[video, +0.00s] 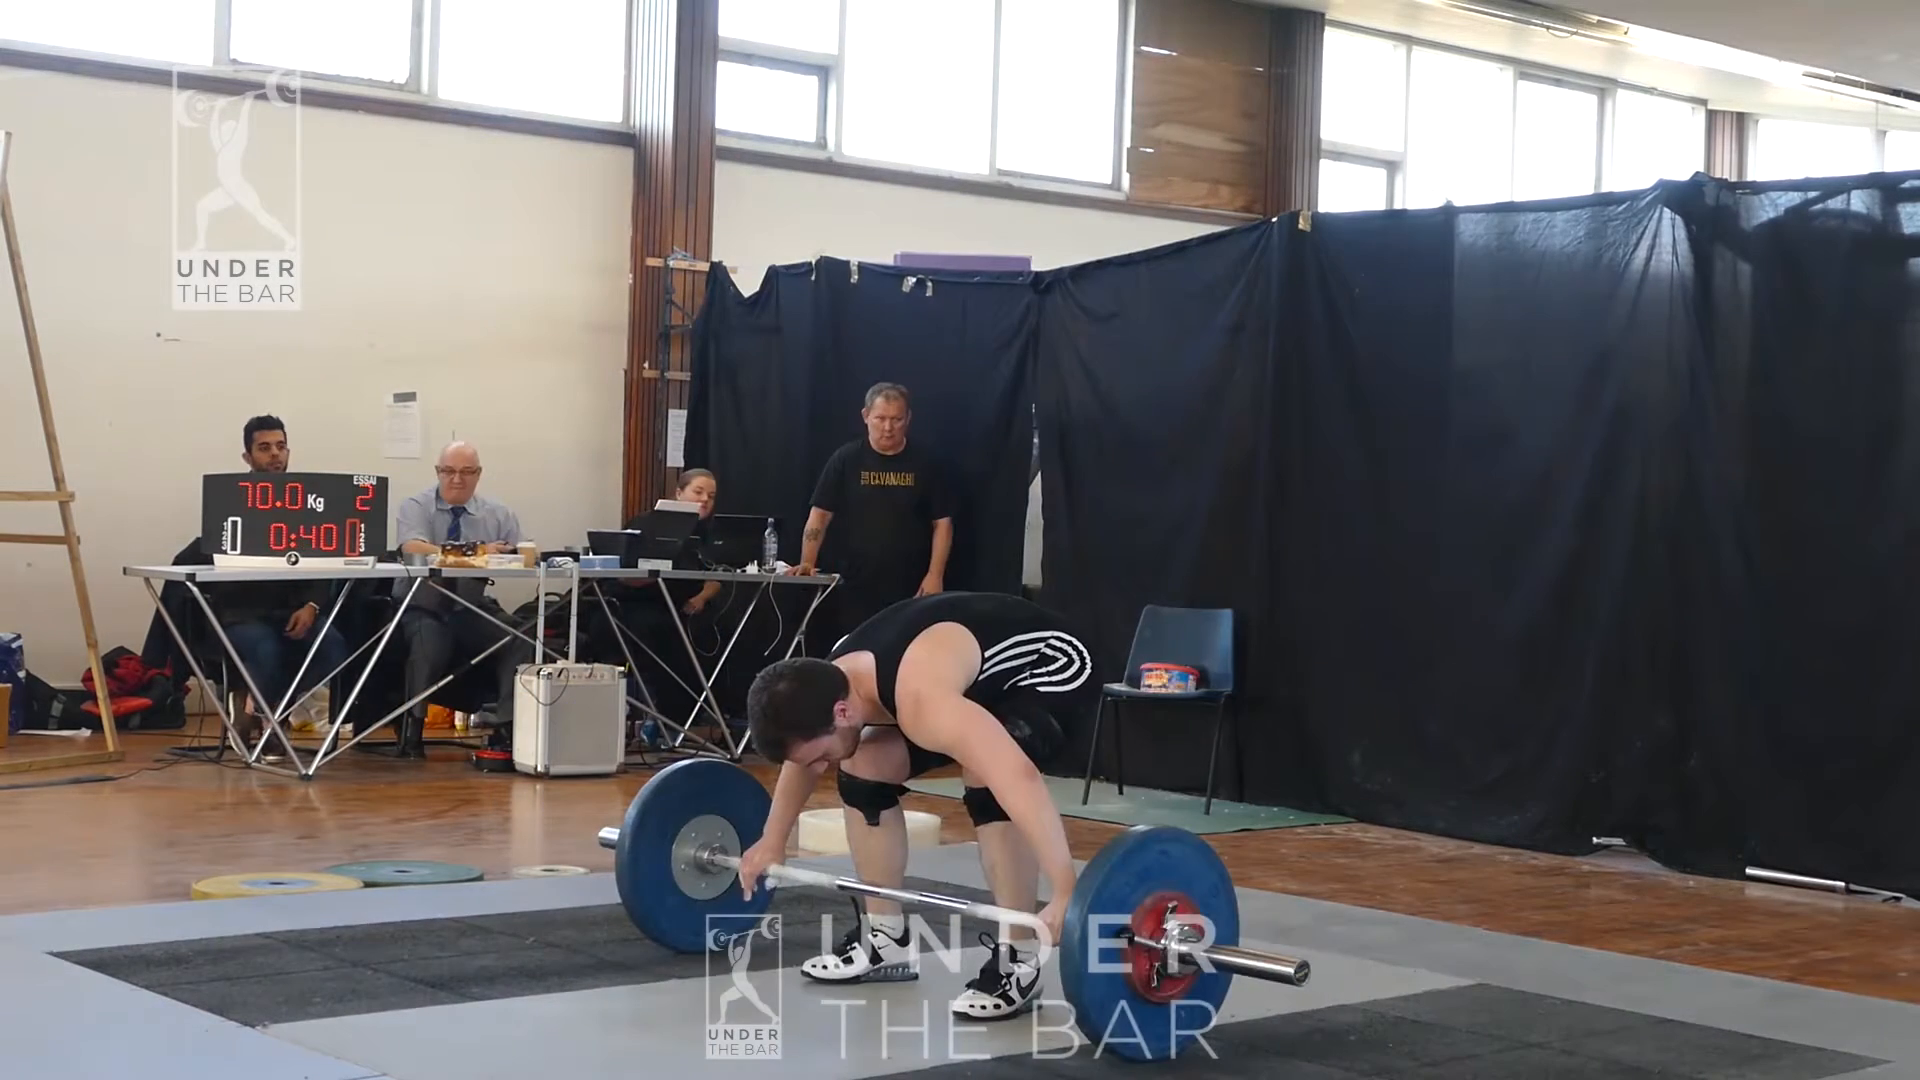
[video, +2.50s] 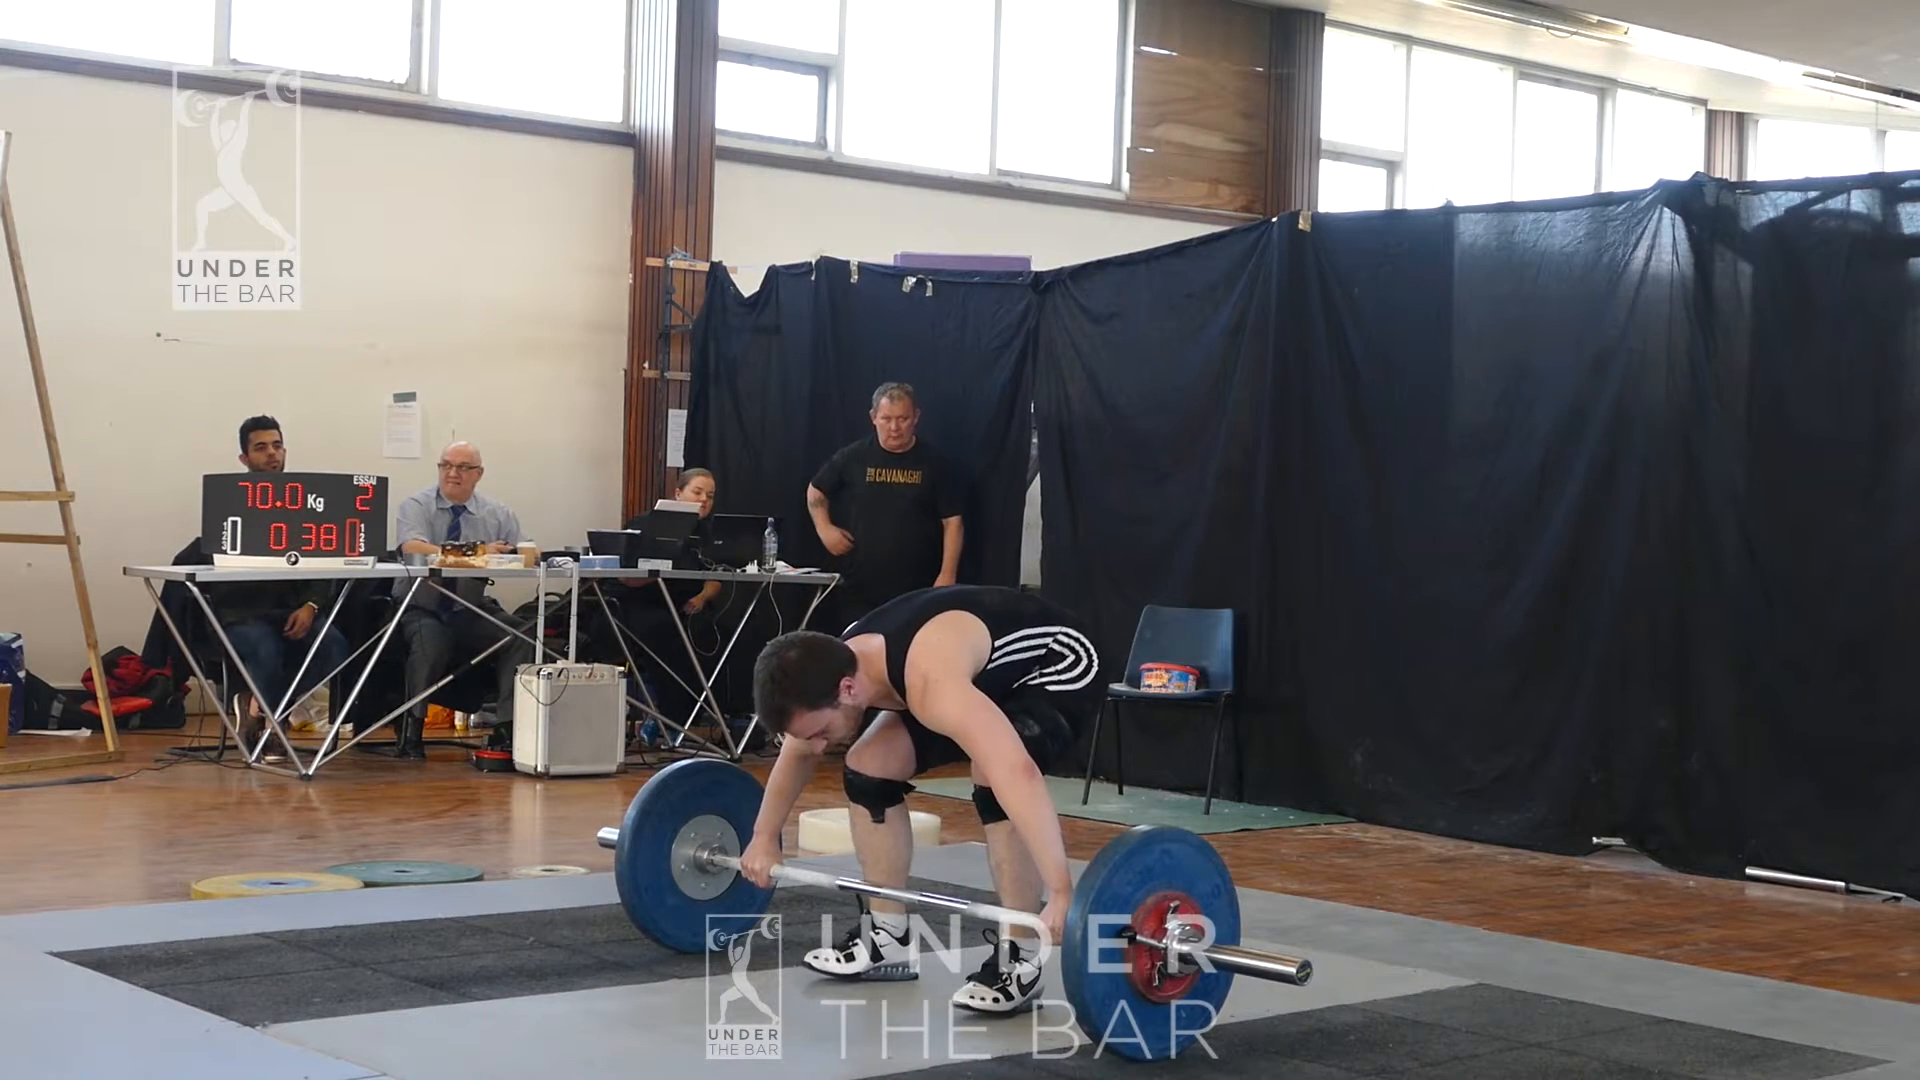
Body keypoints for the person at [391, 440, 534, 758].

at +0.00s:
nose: (457, 479)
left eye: (466, 472)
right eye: (449, 471)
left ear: (479, 475)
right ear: (437, 472)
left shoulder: (499, 514)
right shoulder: (415, 506)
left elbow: (527, 557)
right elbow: (411, 548)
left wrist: (499, 554)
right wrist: (469, 552)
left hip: (475, 606)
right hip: (424, 606)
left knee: (517, 640)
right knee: (429, 643)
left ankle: (508, 731)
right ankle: (413, 732)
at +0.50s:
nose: (463, 477)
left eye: (472, 470)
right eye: (454, 470)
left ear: (481, 473)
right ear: (439, 472)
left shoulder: (500, 514)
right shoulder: (416, 506)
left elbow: (530, 556)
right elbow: (413, 549)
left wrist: (503, 552)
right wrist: (470, 554)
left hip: (475, 608)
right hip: (424, 608)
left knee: (519, 638)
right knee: (430, 643)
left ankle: (507, 730)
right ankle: (412, 732)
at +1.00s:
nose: (463, 477)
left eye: (472, 470)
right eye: (454, 470)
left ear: (481, 474)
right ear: (439, 472)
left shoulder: (500, 514)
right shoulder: (416, 506)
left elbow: (531, 556)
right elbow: (413, 549)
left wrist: (503, 552)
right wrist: (470, 554)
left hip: (475, 609)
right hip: (424, 608)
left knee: (519, 637)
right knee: (430, 643)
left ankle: (507, 730)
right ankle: (412, 733)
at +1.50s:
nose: (453, 475)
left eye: (463, 469)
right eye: (446, 467)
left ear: (479, 475)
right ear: (438, 470)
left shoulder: (500, 514)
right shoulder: (416, 506)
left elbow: (530, 556)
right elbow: (412, 548)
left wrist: (503, 552)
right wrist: (466, 555)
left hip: (475, 608)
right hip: (423, 608)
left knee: (519, 637)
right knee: (430, 643)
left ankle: (507, 731)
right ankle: (412, 734)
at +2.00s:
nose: (453, 474)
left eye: (463, 468)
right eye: (446, 466)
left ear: (479, 474)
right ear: (438, 469)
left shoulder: (499, 514)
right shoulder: (416, 505)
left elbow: (530, 555)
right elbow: (411, 546)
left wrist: (501, 552)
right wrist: (464, 554)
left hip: (475, 608)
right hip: (423, 607)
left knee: (519, 638)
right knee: (430, 643)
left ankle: (507, 731)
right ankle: (412, 734)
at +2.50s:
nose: (453, 474)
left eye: (463, 468)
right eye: (447, 466)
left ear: (479, 474)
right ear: (438, 469)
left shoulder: (499, 514)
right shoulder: (416, 505)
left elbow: (530, 555)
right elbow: (411, 547)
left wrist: (503, 552)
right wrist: (464, 554)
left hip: (475, 608)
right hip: (423, 607)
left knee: (519, 638)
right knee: (430, 643)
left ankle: (507, 731)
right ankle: (412, 734)